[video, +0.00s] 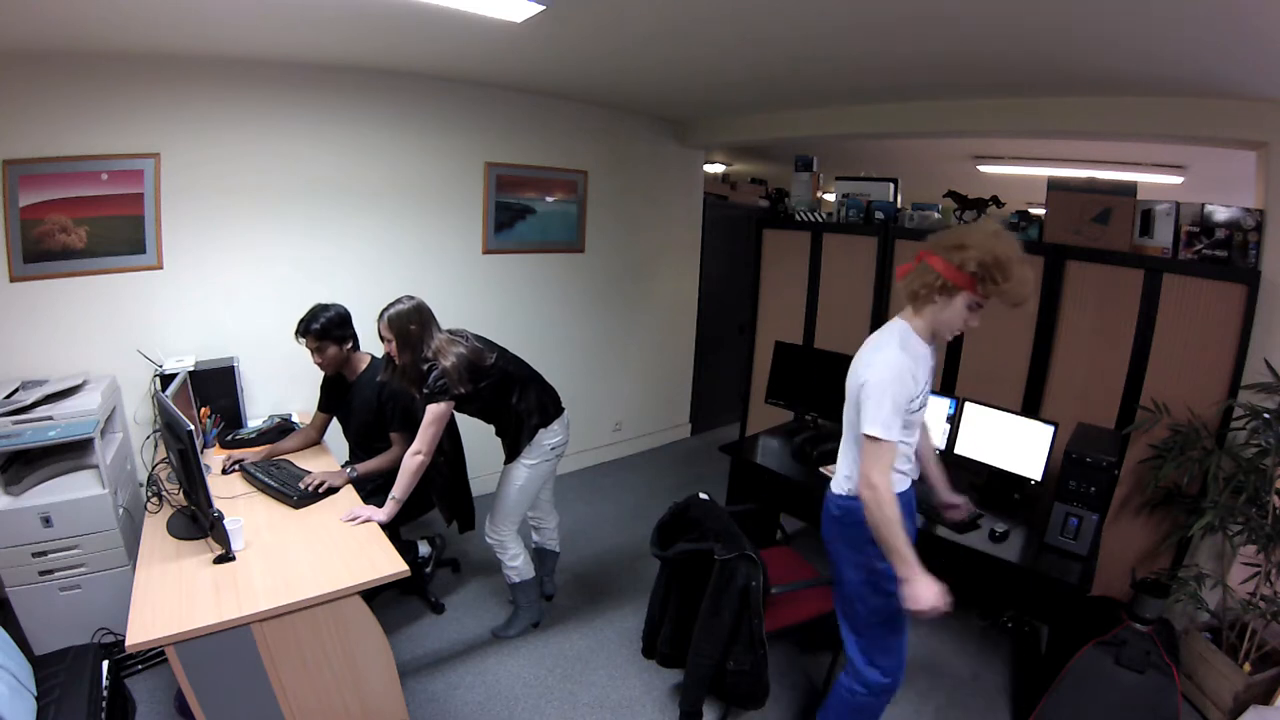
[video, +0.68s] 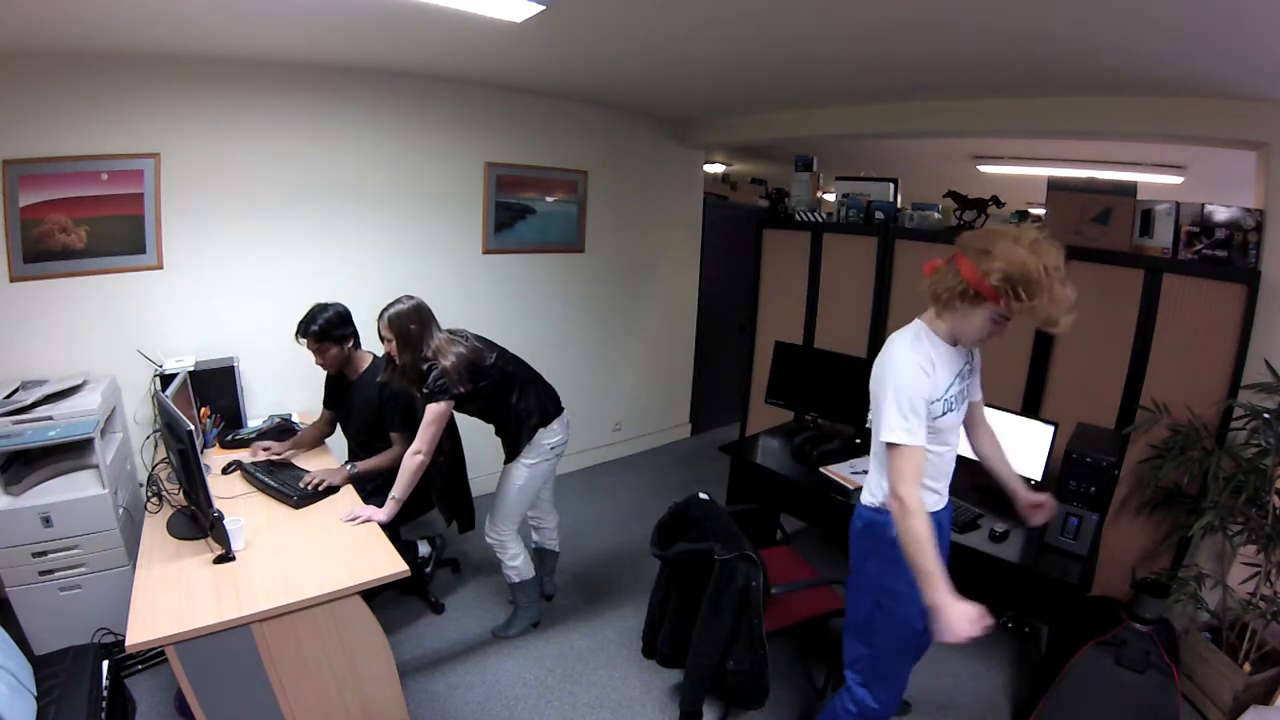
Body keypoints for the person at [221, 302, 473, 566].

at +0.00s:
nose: (315, 360)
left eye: (320, 351)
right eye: (310, 352)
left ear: (347, 344)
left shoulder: (389, 382)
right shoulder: (335, 378)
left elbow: (402, 450)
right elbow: (313, 432)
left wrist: (348, 473)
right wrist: (261, 454)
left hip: (404, 477)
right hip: (365, 474)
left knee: (340, 530)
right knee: (314, 512)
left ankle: (419, 552)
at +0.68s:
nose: (317, 361)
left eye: (322, 352)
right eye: (313, 353)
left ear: (348, 343)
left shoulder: (389, 381)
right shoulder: (337, 375)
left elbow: (404, 450)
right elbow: (325, 424)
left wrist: (347, 471)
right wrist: (287, 446)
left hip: (404, 477)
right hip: (364, 474)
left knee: (344, 529)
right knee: (317, 514)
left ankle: (419, 553)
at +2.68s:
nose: (318, 357)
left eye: (323, 348)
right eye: (314, 349)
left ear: (350, 340)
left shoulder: (388, 382)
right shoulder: (338, 375)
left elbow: (402, 451)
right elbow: (332, 428)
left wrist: (346, 474)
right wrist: (312, 458)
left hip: (407, 477)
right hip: (365, 473)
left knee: (343, 532)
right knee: (320, 514)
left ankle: (420, 552)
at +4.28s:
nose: (319, 357)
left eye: (325, 348)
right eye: (315, 349)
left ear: (351, 342)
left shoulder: (388, 379)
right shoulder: (339, 375)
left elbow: (403, 451)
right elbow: (325, 424)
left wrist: (346, 473)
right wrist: (288, 447)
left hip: (403, 479)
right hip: (363, 474)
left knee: (343, 531)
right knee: (318, 514)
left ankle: (418, 553)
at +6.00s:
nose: (312, 356)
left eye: (316, 348)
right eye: (310, 348)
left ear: (343, 346)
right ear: (337, 348)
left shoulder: (392, 380)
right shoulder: (337, 378)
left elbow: (407, 448)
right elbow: (312, 428)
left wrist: (346, 473)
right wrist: (261, 453)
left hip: (415, 477)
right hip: (372, 470)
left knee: (353, 532)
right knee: (322, 514)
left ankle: (418, 554)